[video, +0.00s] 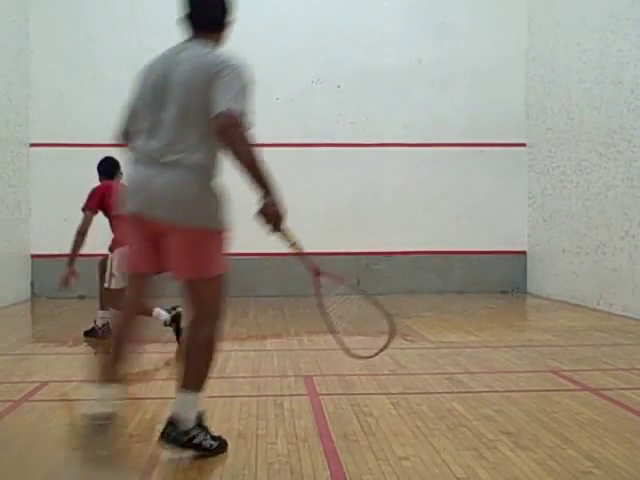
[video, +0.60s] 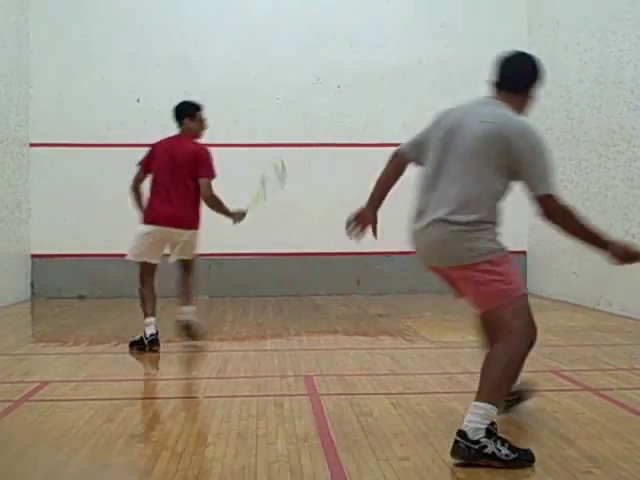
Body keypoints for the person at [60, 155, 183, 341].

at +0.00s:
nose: (100, 179)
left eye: (100, 175)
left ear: (100, 175)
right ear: (119, 173)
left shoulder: (100, 191)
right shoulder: (129, 190)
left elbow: (83, 229)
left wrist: (71, 263)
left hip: (123, 247)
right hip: (142, 245)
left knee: (115, 299)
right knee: (104, 265)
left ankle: (166, 316)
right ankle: (102, 323)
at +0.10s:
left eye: (102, 171)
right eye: (122, 168)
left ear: (102, 171)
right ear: (123, 170)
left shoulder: (100, 186)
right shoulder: (135, 189)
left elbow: (76, 218)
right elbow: (164, 209)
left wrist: (55, 253)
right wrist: (191, 213)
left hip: (122, 242)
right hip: (144, 241)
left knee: (107, 296)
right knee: (101, 265)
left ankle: (153, 315)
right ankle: (101, 322)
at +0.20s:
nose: (120, 164)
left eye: (115, 160)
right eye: (128, 160)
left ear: (112, 162)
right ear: (132, 162)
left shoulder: (105, 181)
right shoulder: (145, 181)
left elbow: (76, 210)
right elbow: (182, 192)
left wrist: (50, 241)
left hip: (122, 240)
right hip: (144, 241)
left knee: (101, 291)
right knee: (104, 281)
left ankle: (144, 312)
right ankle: (101, 324)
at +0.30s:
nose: (148, 152)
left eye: (141, 148)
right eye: (147, 148)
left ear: (125, 150)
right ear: (145, 150)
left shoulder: (115, 172)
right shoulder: (158, 172)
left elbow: (84, 201)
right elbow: (197, 181)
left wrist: (61, 231)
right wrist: (227, 175)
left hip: (125, 235)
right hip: (149, 237)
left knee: (107, 286)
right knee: (109, 279)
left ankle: (136, 314)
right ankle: (103, 324)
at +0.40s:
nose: (166, 136)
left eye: (164, 132)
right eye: (164, 132)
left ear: (143, 136)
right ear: (157, 134)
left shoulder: (128, 159)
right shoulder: (172, 159)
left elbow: (100, 192)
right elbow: (209, 182)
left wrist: (84, 223)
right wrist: (234, 177)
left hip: (134, 229)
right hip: (160, 231)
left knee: (122, 280)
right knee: (134, 278)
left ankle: (145, 325)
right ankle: (117, 322)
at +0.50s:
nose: (185, 128)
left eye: (183, 123)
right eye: (181, 124)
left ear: (163, 127)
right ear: (171, 126)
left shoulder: (142, 151)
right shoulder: (185, 154)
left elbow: (115, 188)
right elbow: (209, 190)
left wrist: (114, 219)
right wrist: (236, 194)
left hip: (143, 223)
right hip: (172, 227)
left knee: (135, 279)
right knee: (156, 279)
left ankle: (147, 324)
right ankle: (139, 333)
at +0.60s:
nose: (205, 124)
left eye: (203, 119)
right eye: (201, 119)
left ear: (182, 122)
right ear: (188, 121)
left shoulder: (159, 147)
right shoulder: (200, 151)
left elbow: (136, 183)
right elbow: (207, 194)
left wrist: (143, 210)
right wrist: (230, 213)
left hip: (155, 221)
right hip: (186, 223)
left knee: (146, 274)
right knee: (186, 267)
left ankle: (150, 330)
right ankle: (186, 314)